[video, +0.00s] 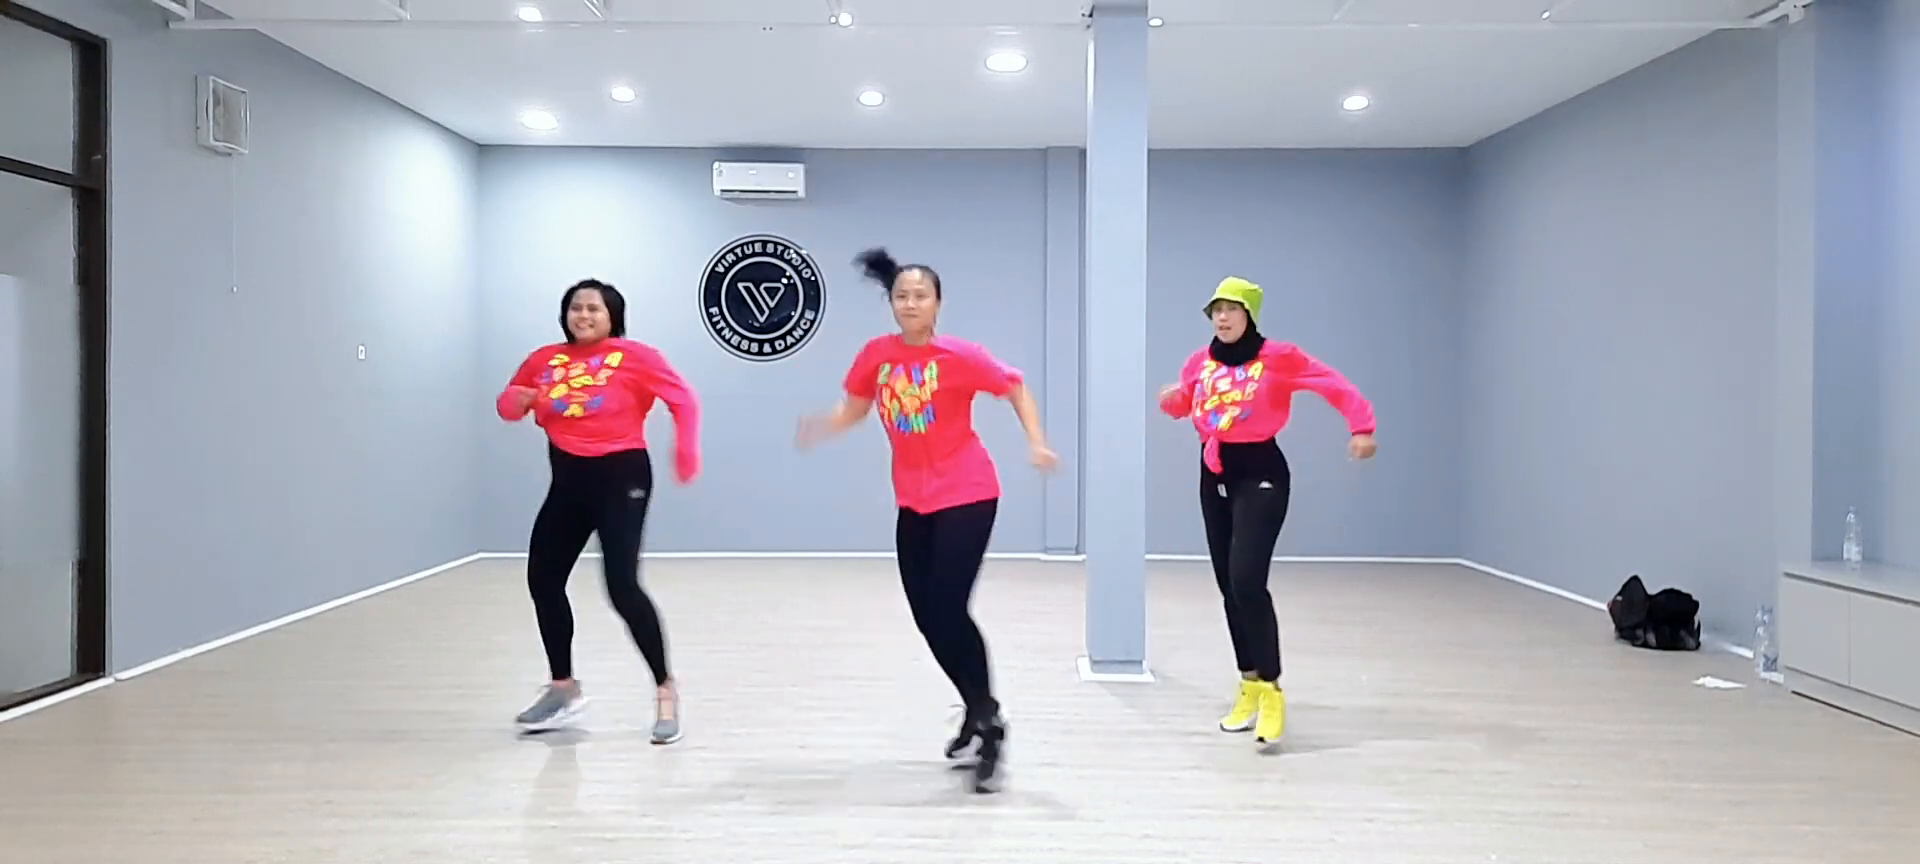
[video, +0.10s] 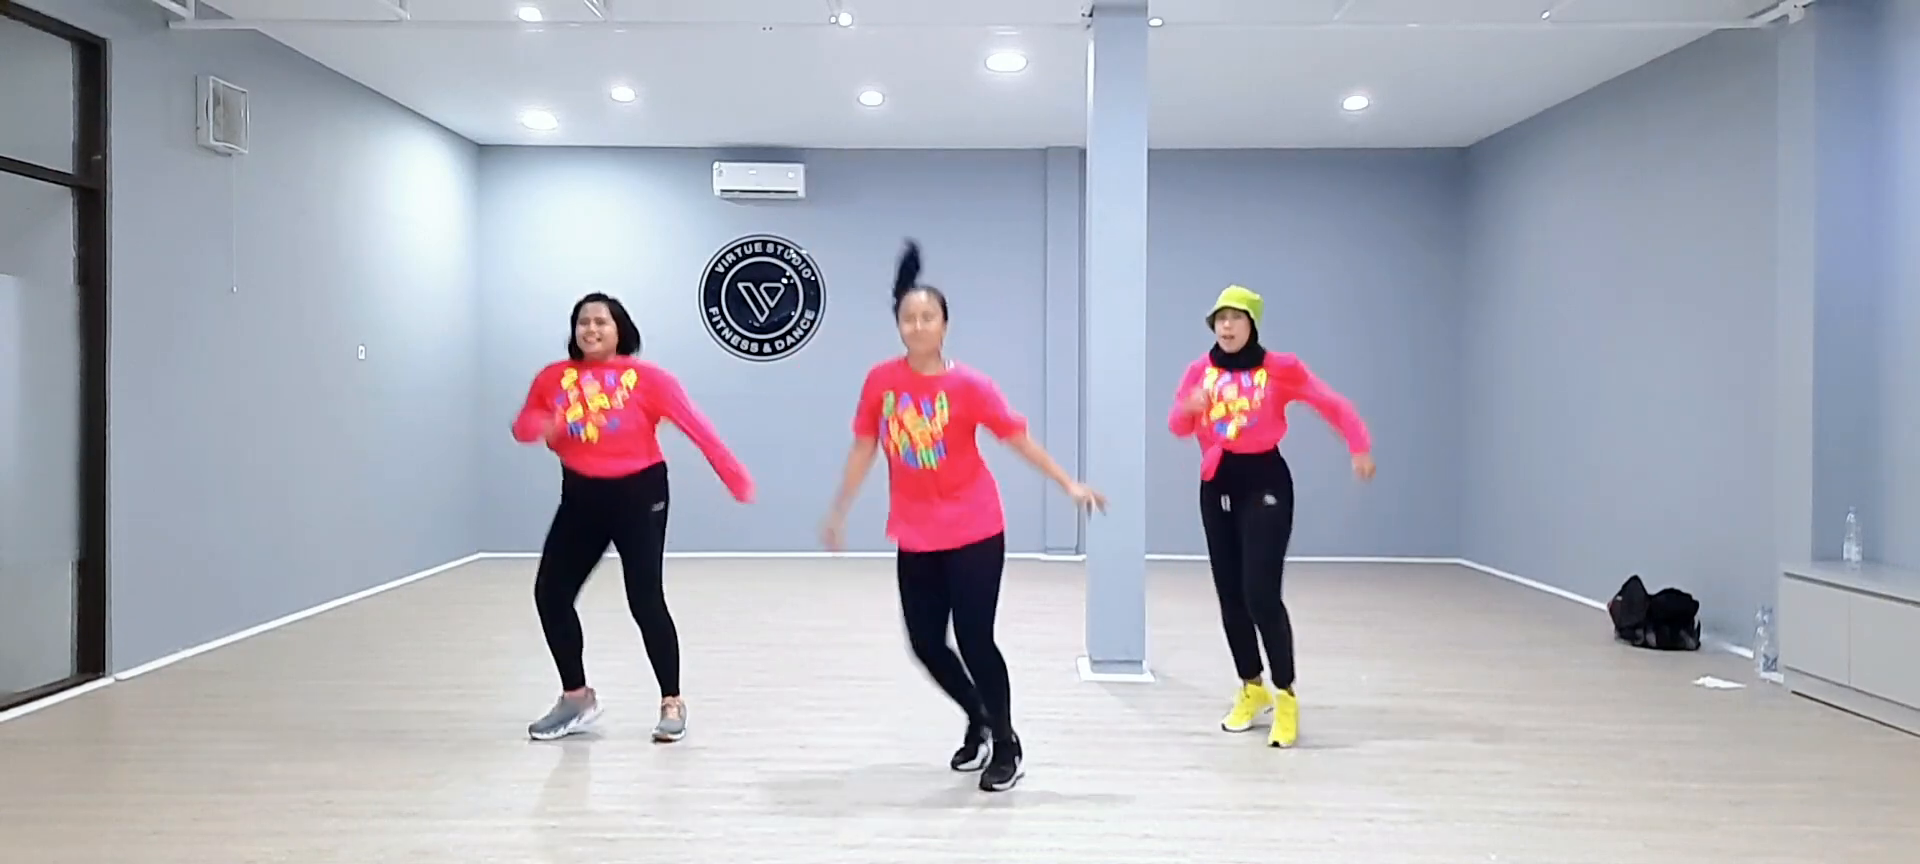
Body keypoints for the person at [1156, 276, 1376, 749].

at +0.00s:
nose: (1223, 317)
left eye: (1233, 309)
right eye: (1217, 309)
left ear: (1250, 315)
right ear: (1211, 316)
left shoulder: (1277, 357)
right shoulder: (1201, 364)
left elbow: (1337, 386)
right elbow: (1184, 408)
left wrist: (1363, 428)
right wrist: (1171, 401)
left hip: (1262, 475)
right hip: (1216, 478)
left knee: (1246, 582)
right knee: (1229, 585)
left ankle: (1270, 691)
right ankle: (1250, 684)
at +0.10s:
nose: (1228, 326)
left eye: (1236, 318)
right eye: (1221, 318)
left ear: (1252, 324)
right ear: (1213, 325)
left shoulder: (1280, 369)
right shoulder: (1201, 372)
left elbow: (1331, 405)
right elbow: (1177, 426)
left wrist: (1361, 447)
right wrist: (1196, 406)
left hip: (1266, 483)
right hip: (1218, 486)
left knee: (1261, 594)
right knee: (1230, 595)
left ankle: (1285, 698)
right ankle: (1253, 689)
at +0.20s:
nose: (1231, 345)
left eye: (1239, 336)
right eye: (1223, 336)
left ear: (1254, 343)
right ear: (1214, 343)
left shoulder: (1277, 395)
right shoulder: (1203, 395)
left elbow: (1307, 454)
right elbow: (1193, 449)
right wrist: (1198, 463)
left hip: (1274, 505)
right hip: (1222, 505)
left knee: (1271, 611)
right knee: (1206, 611)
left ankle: (1287, 707)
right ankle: (1238, 677)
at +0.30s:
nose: (1232, 357)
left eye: (1240, 348)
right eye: (1225, 348)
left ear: (1255, 356)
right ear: (1214, 355)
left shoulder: (1276, 411)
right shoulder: (1199, 405)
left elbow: (1280, 481)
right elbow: (1187, 464)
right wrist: (1184, 510)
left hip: (1269, 517)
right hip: (1217, 517)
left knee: (1272, 620)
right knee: (1184, 597)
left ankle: (1287, 710)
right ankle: (1189, 685)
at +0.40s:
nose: (1226, 359)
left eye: (1235, 352)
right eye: (1219, 351)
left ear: (1249, 360)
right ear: (1207, 358)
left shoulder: (1262, 411)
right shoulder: (1192, 405)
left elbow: (1250, 474)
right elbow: (1174, 463)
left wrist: (1233, 530)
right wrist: (1153, 517)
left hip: (1257, 513)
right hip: (1205, 512)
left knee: (1262, 627)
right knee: (1167, 602)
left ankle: (1285, 711)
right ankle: (1137, 704)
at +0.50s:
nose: (1212, 354)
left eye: (1221, 346)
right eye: (1205, 345)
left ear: (1235, 355)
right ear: (1193, 352)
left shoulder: (1246, 402)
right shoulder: (1176, 400)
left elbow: (1227, 453)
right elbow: (1152, 454)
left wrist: (1186, 483)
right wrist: (1115, 500)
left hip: (1231, 519)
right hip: (1177, 517)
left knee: (1248, 624)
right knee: (1152, 617)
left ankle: (1283, 709)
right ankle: (1124, 726)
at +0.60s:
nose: (1193, 338)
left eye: (1202, 330)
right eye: (1186, 329)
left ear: (1217, 337)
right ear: (1173, 336)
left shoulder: (1230, 379)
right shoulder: (1158, 383)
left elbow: (1223, 405)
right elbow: (1125, 428)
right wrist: (1082, 463)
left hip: (1204, 491)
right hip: (1151, 491)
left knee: (1228, 606)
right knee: (1136, 604)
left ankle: (1255, 690)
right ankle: (1121, 725)